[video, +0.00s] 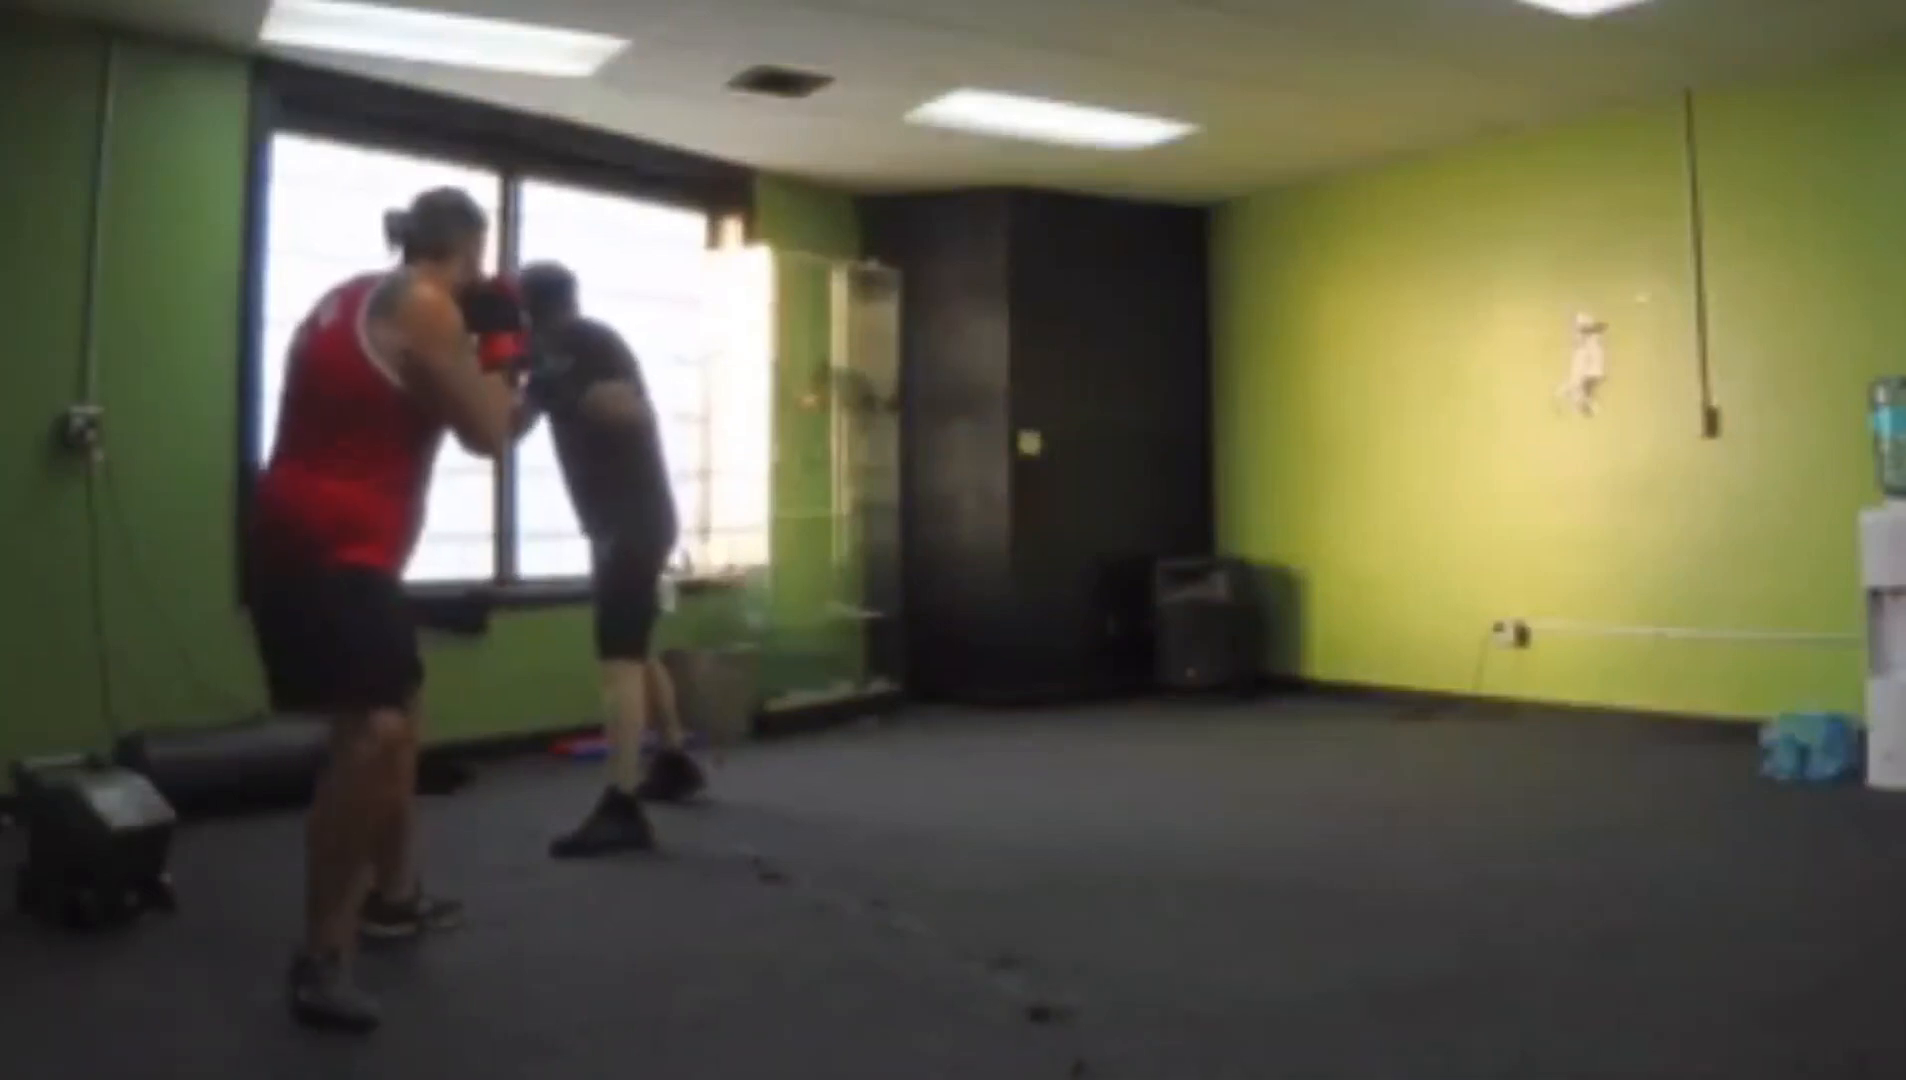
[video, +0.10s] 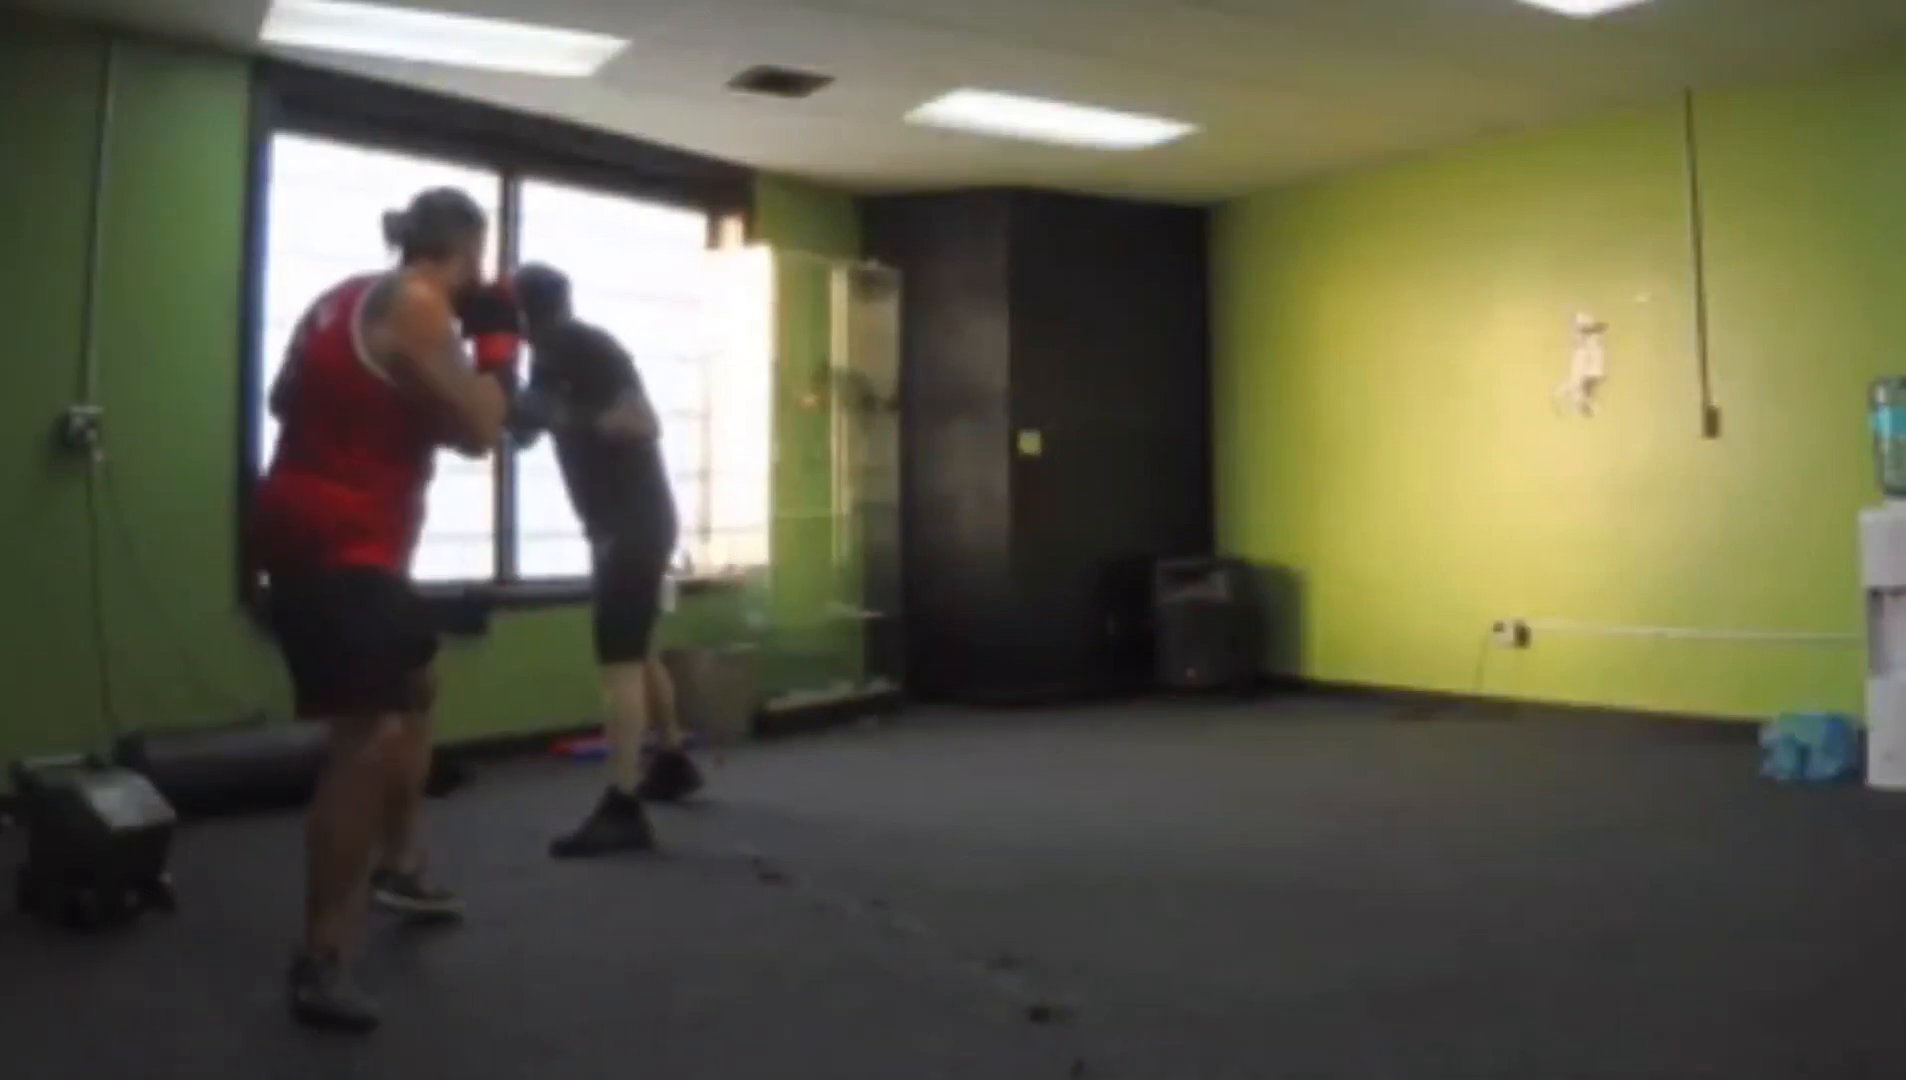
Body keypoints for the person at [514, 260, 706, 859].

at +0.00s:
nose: (524, 322)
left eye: (526, 311)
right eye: (524, 311)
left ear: (540, 306)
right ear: (562, 299)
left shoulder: (586, 343)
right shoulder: (551, 354)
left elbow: (628, 409)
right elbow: (510, 425)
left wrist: (563, 383)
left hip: (636, 521)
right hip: (614, 523)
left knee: (620, 658)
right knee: (634, 651)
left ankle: (622, 801)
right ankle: (672, 754)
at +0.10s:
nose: (518, 324)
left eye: (518, 313)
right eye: (516, 313)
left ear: (534, 308)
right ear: (551, 302)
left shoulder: (588, 348)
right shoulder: (547, 360)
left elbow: (640, 423)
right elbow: (521, 430)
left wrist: (571, 414)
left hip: (638, 521)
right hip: (612, 524)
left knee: (620, 660)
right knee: (635, 653)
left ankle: (622, 802)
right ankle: (670, 755)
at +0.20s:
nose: (515, 328)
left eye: (515, 316)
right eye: (514, 317)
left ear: (528, 313)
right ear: (550, 305)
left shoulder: (584, 352)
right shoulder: (547, 364)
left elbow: (635, 429)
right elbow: (531, 426)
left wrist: (558, 424)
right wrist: (515, 423)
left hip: (642, 521)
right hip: (618, 522)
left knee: (623, 659)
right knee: (641, 651)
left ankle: (623, 801)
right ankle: (670, 756)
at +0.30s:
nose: (514, 337)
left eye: (517, 324)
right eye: (511, 326)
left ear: (538, 316)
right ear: (547, 310)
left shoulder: (586, 355)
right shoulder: (539, 368)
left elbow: (638, 426)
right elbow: (516, 428)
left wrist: (564, 423)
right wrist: (514, 419)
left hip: (648, 518)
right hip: (624, 521)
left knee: (624, 654)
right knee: (649, 646)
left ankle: (622, 801)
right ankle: (677, 757)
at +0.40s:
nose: (511, 356)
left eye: (516, 340)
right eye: (506, 346)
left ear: (540, 319)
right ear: (550, 315)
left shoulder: (583, 351)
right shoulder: (546, 369)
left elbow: (633, 413)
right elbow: (509, 422)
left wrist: (574, 420)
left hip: (650, 521)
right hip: (638, 522)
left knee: (614, 662)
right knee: (657, 645)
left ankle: (622, 803)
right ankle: (692, 750)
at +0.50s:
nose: (547, 336)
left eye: (551, 323)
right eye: (543, 325)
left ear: (573, 317)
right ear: (573, 316)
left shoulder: (611, 354)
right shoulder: (581, 365)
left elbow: (622, 411)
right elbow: (555, 424)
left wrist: (561, 457)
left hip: (654, 525)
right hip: (648, 523)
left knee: (601, 657)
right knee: (658, 638)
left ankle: (619, 805)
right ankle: (710, 740)